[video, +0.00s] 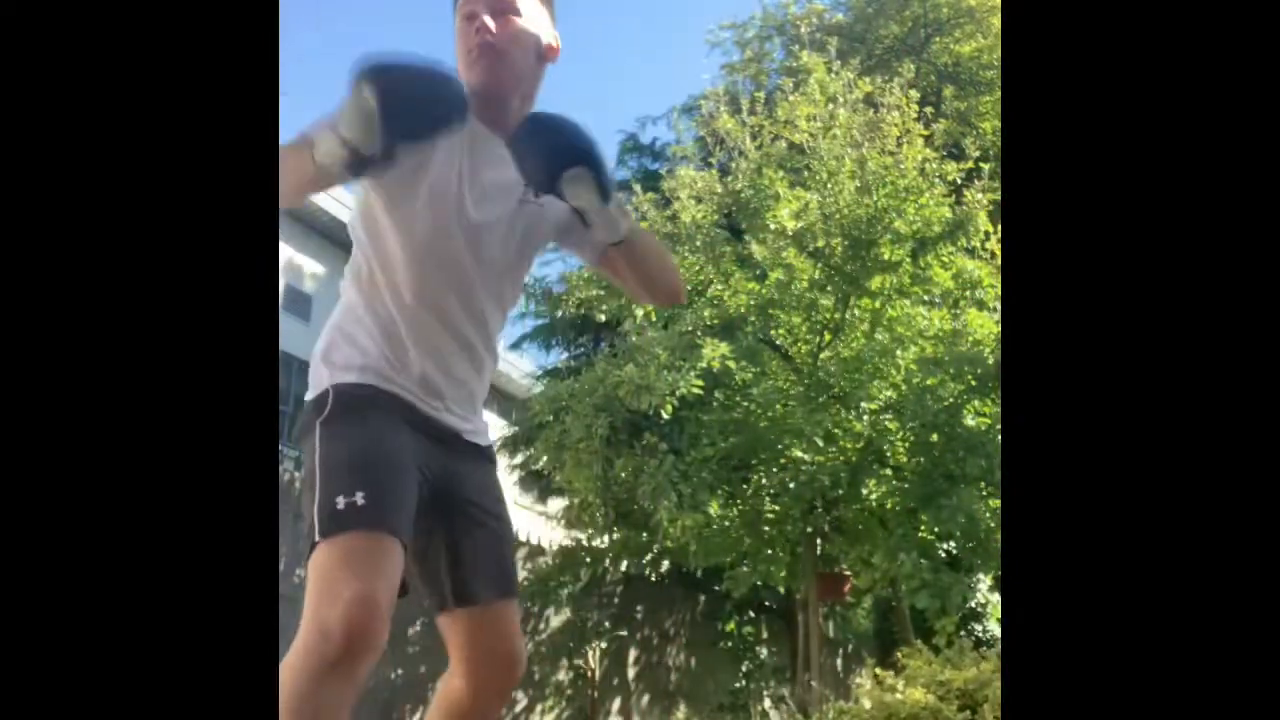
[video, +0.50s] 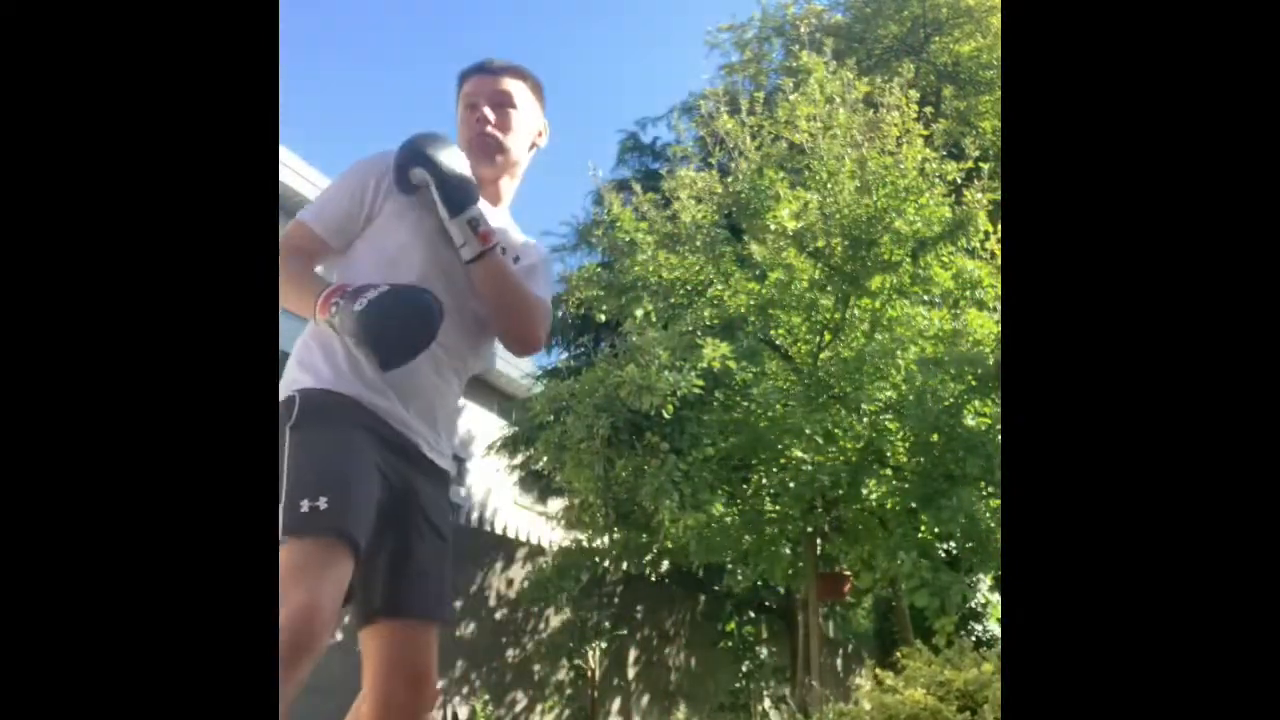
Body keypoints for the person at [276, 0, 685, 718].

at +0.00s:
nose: (480, 21)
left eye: (504, 10)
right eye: (469, 12)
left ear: (550, 47)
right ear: (455, 40)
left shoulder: (552, 184)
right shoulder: (406, 117)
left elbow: (666, 289)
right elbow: (282, 187)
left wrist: (605, 207)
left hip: (460, 423)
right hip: (366, 385)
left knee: (493, 665)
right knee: (351, 623)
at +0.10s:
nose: (494, 58)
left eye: (516, 47)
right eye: (481, 49)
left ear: (553, 80)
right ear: (465, 73)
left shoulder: (547, 209)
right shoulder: (408, 137)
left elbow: (596, 322)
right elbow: (292, 234)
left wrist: (525, 223)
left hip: (450, 432)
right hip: (361, 387)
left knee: (449, 679)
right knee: (345, 622)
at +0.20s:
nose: (502, 117)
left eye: (522, 105)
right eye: (489, 108)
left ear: (556, 136)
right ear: (470, 125)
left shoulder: (544, 252)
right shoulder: (404, 174)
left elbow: (549, 340)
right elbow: (293, 271)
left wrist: (481, 225)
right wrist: (371, 318)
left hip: (442, 458)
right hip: (354, 406)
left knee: (437, 694)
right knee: (328, 638)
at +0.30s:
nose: (506, 142)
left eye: (525, 133)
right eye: (494, 131)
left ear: (555, 164)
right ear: (473, 146)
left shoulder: (539, 272)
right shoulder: (408, 188)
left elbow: (533, 353)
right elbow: (294, 270)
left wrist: (478, 235)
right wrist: (360, 311)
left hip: (434, 463)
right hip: (344, 411)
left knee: (437, 698)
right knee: (304, 637)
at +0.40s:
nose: (500, 130)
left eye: (520, 123)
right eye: (489, 121)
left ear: (549, 157)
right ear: (469, 140)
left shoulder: (535, 268)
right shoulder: (404, 181)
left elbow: (527, 346)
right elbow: (293, 260)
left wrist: (476, 232)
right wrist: (352, 308)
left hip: (430, 455)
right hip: (341, 396)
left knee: (417, 694)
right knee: (304, 619)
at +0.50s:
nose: (484, 113)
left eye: (504, 105)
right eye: (472, 105)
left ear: (539, 137)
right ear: (455, 123)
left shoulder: (527, 252)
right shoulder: (393, 172)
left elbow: (529, 336)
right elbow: (286, 256)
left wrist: (473, 226)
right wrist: (337, 303)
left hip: (428, 451)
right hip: (338, 396)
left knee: (406, 694)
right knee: (304, 621)